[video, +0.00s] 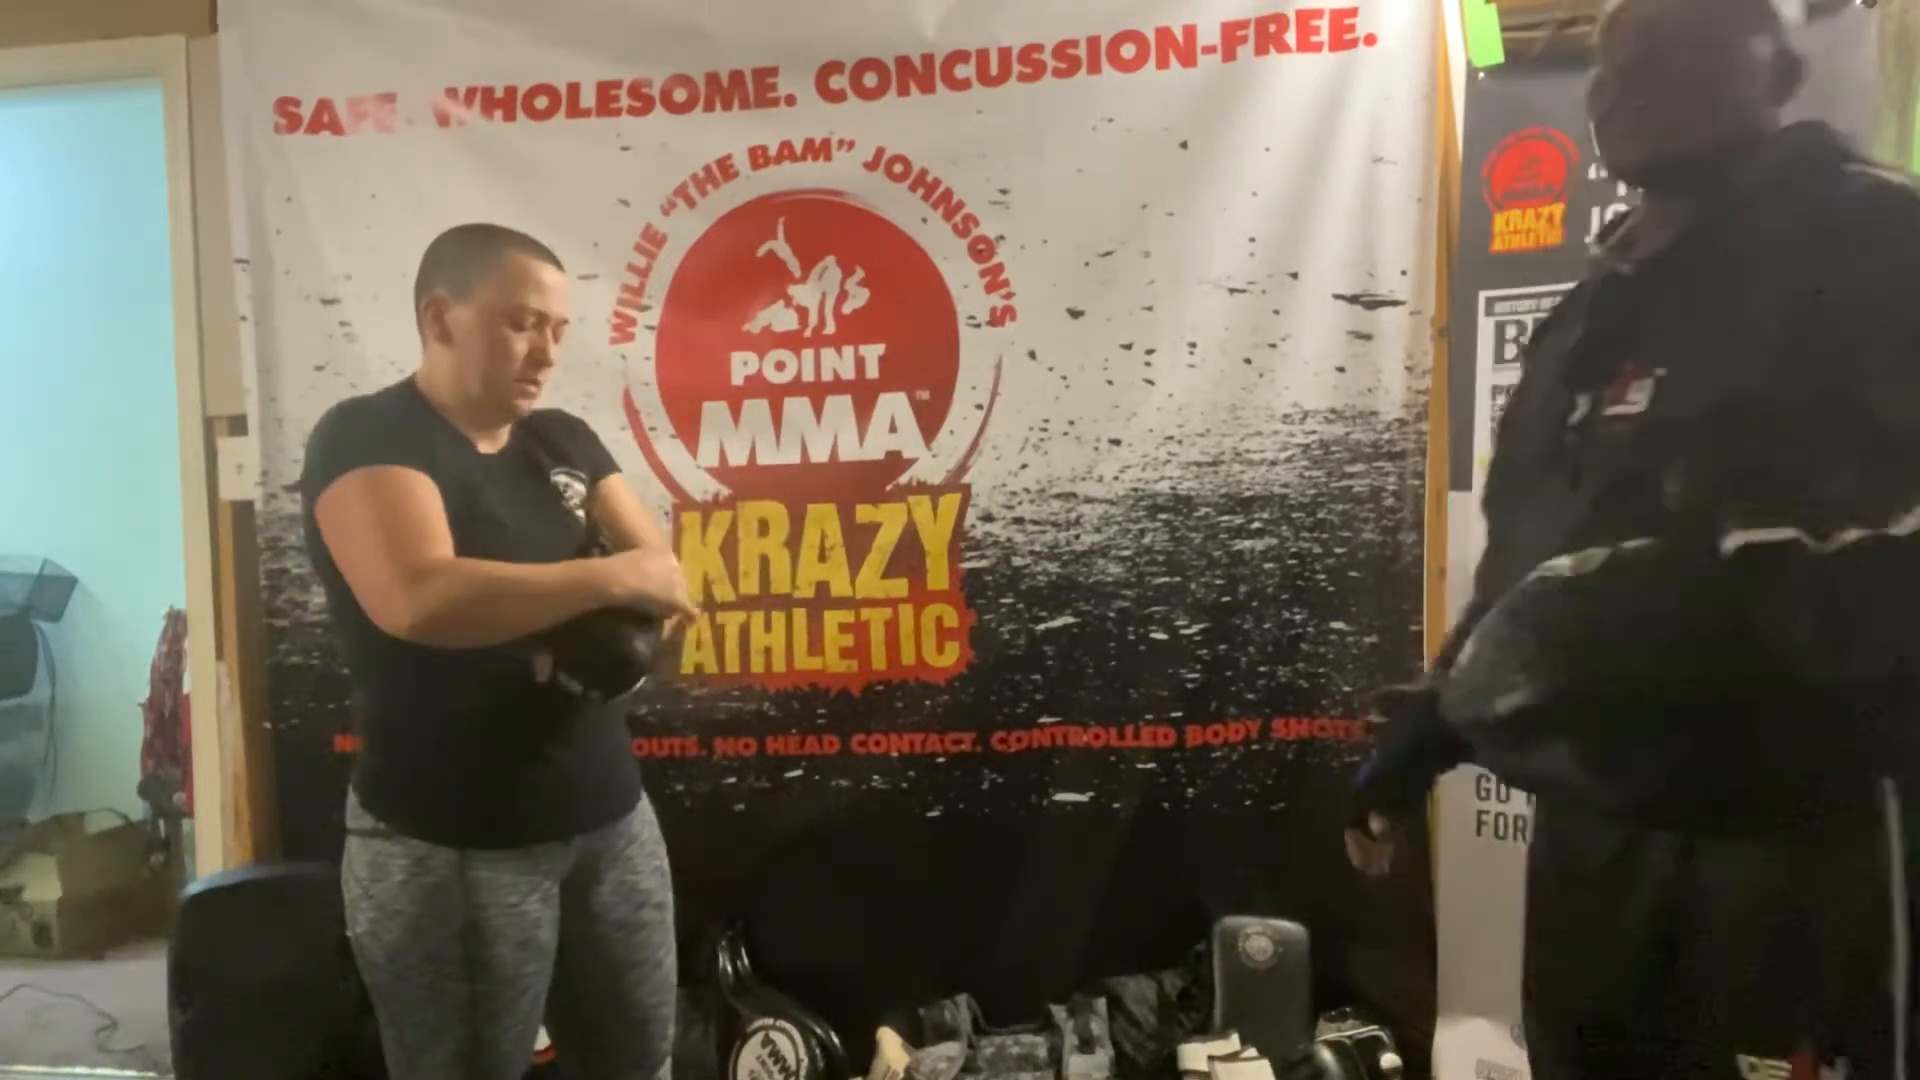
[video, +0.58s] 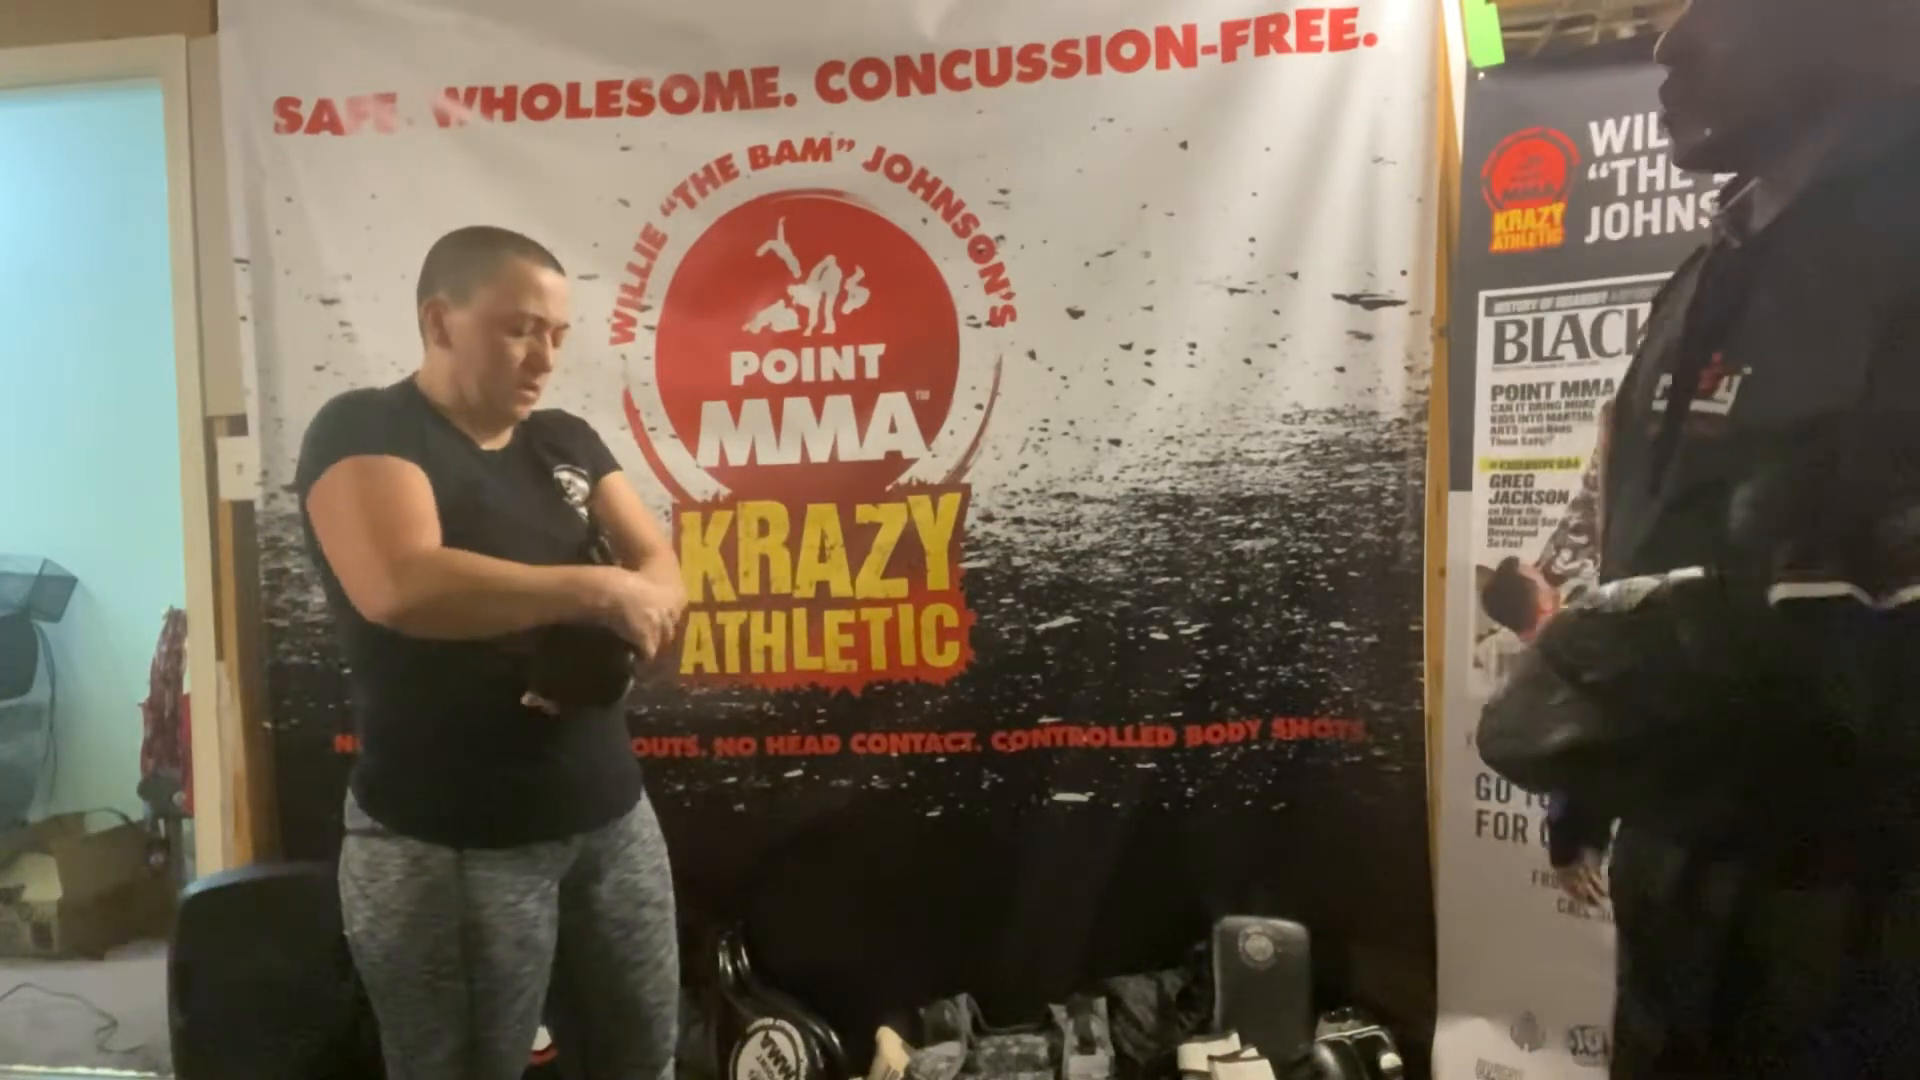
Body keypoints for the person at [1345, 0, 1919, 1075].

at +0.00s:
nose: (1624, 82)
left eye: (1671, 46)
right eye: (1611, 55)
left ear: (1777, 66)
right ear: (1596, 91)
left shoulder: (1879, 233)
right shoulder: (1585, 315)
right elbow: (1523, 578)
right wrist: (1407, 752)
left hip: (1808, 819)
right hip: (1598, 824)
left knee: (1811, 1058)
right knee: (1588, 1053)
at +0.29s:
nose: (1643, 40)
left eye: (1681, 9)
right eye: (1645, 19)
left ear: (1822, 24)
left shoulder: (1892, 196)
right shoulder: (1643, 305)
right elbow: (1615, 591)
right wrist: (1516, 753)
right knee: (1590, 1057)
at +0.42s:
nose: (1652, 40)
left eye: (1698, 7)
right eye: (1663, 16)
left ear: (1837, 25)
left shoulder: (1897, 215)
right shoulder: (1671, 290)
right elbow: (1623, 557)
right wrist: (1565, 775)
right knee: (1606, 1059)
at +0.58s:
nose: (1661, 38)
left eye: (1705, 8)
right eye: (1666, 17)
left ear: (1841, 24)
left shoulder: (1893, 226)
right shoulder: (1696, 281)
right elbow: (1626, 555)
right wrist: (1583, 794)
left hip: (1859, 860)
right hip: (1687, 851)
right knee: (1668, 1053)